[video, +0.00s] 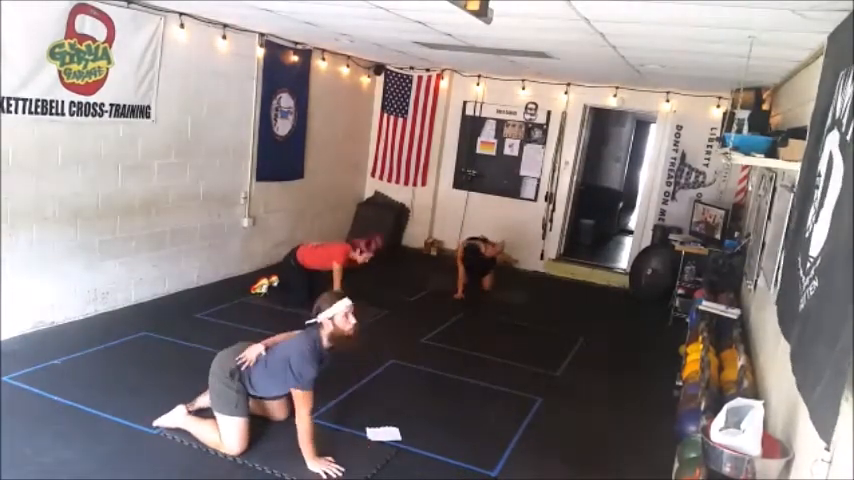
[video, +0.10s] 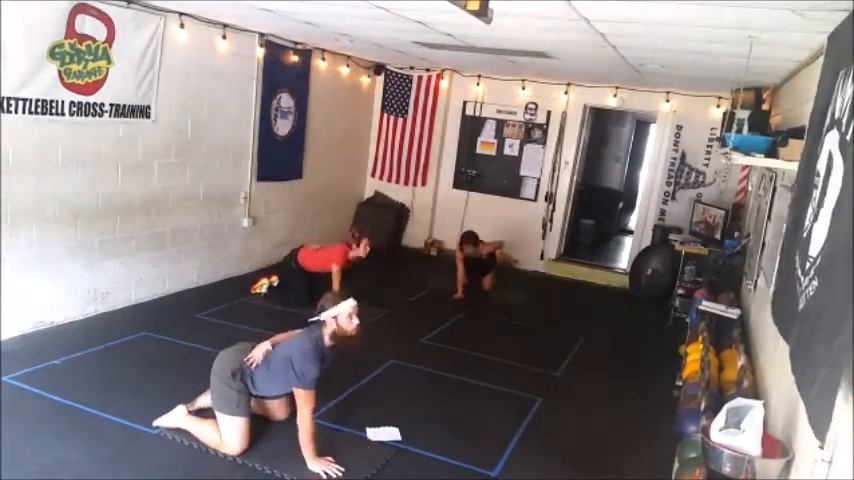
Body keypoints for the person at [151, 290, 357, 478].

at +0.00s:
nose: (353, 318)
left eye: (351, 312)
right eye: (346, 315)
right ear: (326, 320)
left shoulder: (322, 335)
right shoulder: (305, 358)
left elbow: (294, 335)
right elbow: (303, 413)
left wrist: (262, 345)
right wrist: (311, 459)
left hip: (253, 356)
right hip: (229, 370)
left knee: (279, 410)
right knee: (233, 445)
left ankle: (217, 401)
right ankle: (182, 418)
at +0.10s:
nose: (356, 318)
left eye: (355, 312)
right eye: (350, 315)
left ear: (333, 318)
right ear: (331, 319)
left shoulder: (323, 331)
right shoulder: (307, 358)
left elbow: (297, 334)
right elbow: (305, 413)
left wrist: (268, 343)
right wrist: (312, 459)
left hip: (253, 355)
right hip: (231, 370)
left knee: (280, 410)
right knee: (233, 445)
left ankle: (218, 400)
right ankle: (182, 418)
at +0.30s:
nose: (336, 384)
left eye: (340, 383)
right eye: (341, 383)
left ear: (349, 369)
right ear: (344, 373)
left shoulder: (339, 337)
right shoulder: (316, 361)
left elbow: (301, 326)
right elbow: (310, 414)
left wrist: (271, 329)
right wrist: (312, 459)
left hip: (266, 357)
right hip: (240, 367)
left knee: (280, 410)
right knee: (234, 446)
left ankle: (219, 397)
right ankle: (181, 418)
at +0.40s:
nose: (329, 391)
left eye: (332, 391)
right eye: (333, 392)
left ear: (343, 375)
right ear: (340, 379)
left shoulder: (333, 340)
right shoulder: (318, 364)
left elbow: (296, 328)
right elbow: (311, 414)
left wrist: (266, 328)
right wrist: (312, 459)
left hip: (263, 357)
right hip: (237, 368)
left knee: (280, 410)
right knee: (233, 446)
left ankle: (219, 397)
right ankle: (182, 418)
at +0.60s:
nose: (362, 328)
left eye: (362, 321)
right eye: (356, 323)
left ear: (338, 323)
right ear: (335, 324)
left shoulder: (323, 335)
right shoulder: (309, 356)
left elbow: (296, 337)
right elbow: (305, 413)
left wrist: (267, 343)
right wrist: (311, 458)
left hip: (256, 357)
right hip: (231, 369)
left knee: (278, 411)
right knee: (233, 445)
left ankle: (220, 399)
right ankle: (181, 419)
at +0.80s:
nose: (358, 360)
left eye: (364, 357)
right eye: (359, 355)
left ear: (346, 334)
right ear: (346, 341)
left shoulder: (328, 332)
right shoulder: (314, 362)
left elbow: (296, 332)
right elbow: (309, 414)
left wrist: (264, 339)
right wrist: (312, 458)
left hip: (259, 357)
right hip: (233, 368)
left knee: (280, 410)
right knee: (234, 445)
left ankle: (218, 398)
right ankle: (179, 419)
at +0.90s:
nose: (335, 381)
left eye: (339, 382)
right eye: (340, 381)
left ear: (347, 364)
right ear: (342, 370)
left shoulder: (330, 337)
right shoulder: (311, 362)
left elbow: (292, 329)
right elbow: (308, 414)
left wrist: (265, 332)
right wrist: (312, 458)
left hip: (260, 357)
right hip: (234, 367)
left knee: (280, 410)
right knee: (232, 445)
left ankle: (220, 397)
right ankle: (181, 415)